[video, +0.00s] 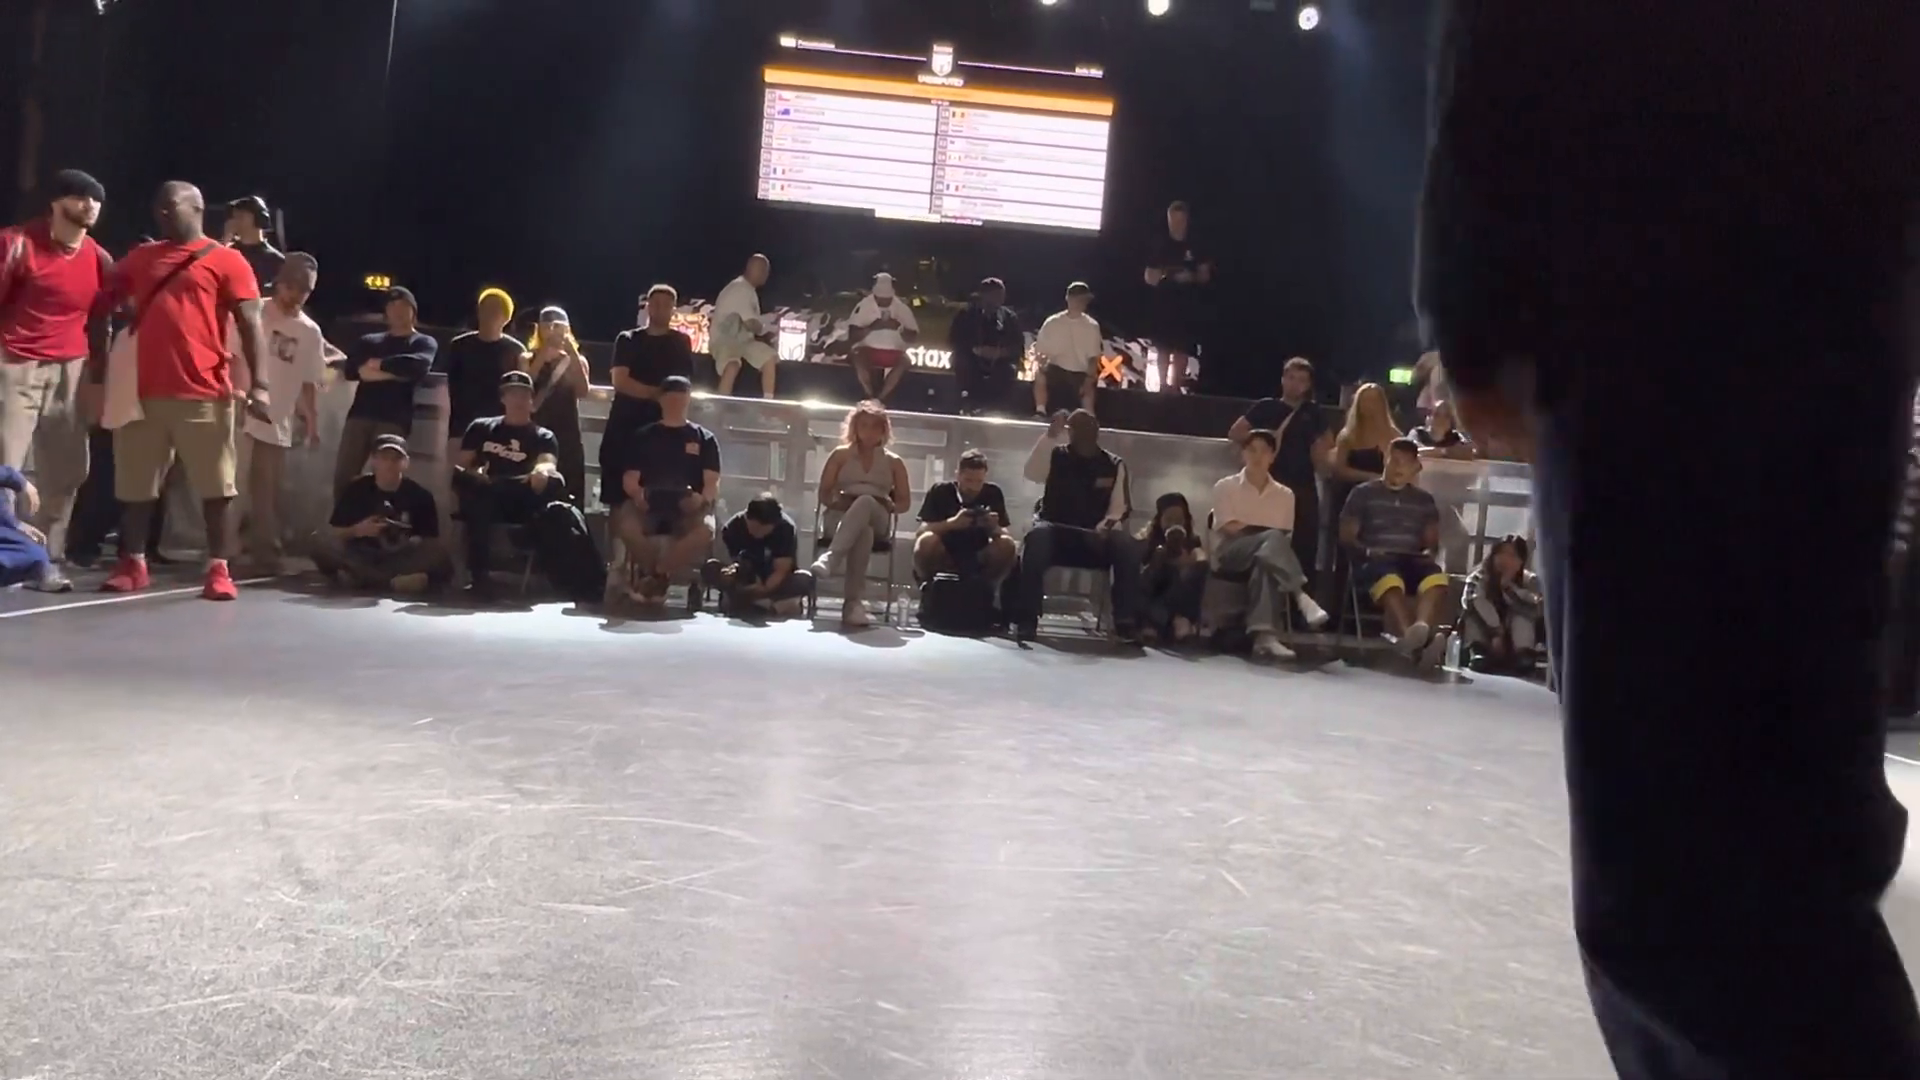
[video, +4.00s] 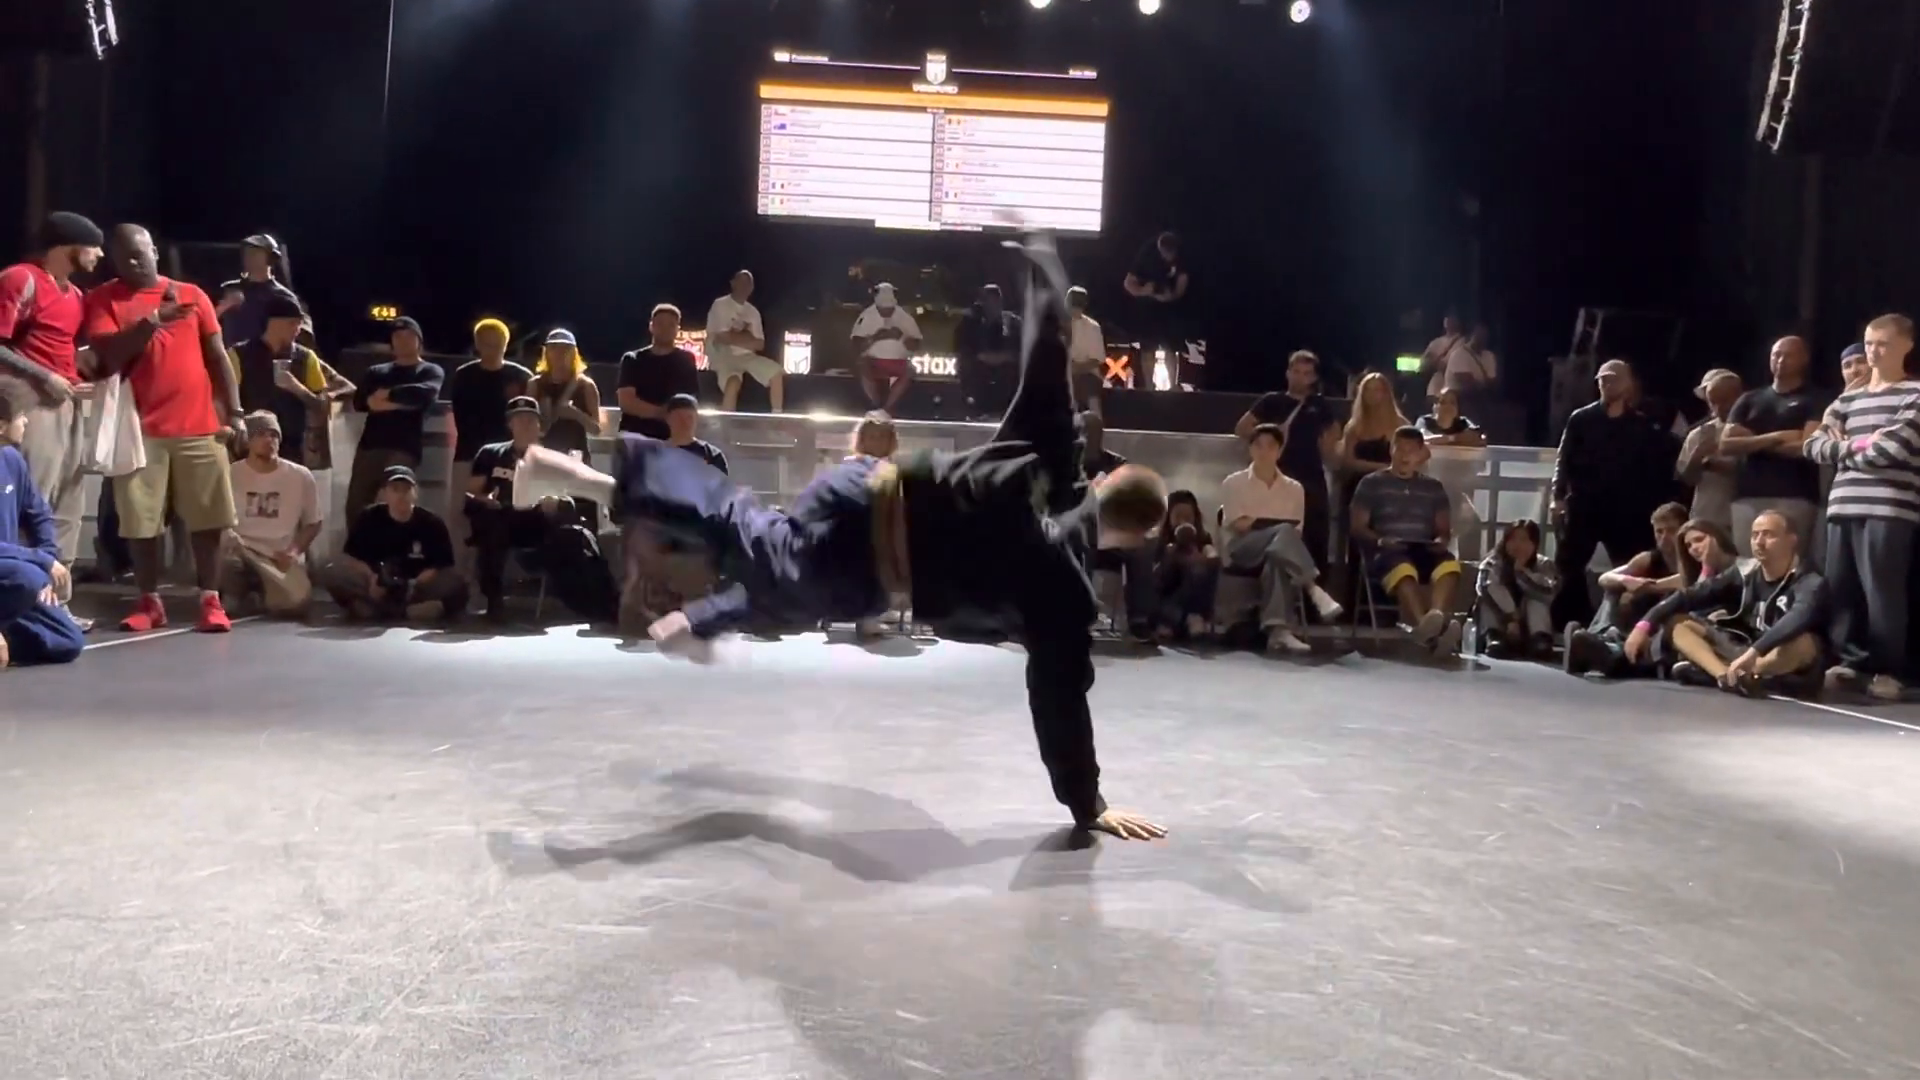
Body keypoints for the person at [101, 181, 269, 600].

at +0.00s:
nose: (161, 213)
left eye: (169, 205)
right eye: (159, 207)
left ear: (194, 207)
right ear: (158, 213)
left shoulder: (227, 259)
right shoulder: (141, 258)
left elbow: (251, 324)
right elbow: (99, 306)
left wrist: (259, 385)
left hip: (206, 395)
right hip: (143, 394)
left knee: (216, 488)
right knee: (136, 487)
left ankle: (219, 569)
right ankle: (133, 566)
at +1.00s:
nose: (94, 260)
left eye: (100, 250)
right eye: (88, 252)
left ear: (117, 244)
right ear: (82, 253)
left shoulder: (158, 283)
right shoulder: (77, 292)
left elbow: (194, 342)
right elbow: (59, 356)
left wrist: (224, 397)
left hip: (164, 419)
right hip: (104, 424)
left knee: (171, 510)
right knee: (104, 516)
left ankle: (167, 593)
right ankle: (114, 595)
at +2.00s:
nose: (101, 278)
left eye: (108, 270)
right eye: (93, 272)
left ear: (125, 272)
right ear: (82, 276)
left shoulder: (157, 311)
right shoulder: (75, 321)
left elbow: (204, 362)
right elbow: (59, 386)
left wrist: (256, 396)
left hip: (162, 442)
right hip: (104, 448)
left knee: (174, 531)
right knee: (108, 540)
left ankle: (175, 617)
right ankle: (120, 622)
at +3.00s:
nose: (114, 285)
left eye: (118, 276)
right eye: (113, 278)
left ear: (145, 269)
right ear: (134, 274)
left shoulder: (191, 311)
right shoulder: (114, 320)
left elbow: (229, 368)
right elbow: (99, 381)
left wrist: (208, 423)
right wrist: (106, 361)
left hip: (190, 448)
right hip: (135, 450)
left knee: (202, 540)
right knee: (134, 542)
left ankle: (201, 617)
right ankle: (137, 619)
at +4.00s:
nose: (138, 260)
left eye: (142, 251)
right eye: (128, 255)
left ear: (155, 250)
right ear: (114, 262)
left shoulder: (192, 295)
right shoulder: (103, 301)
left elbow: (218, 356)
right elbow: (107, 360)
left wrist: (235, 413)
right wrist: (153, 321)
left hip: (198, 429)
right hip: (140, 432)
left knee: (208, 518)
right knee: (141, 522)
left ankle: (210, 600)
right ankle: (150, 604)